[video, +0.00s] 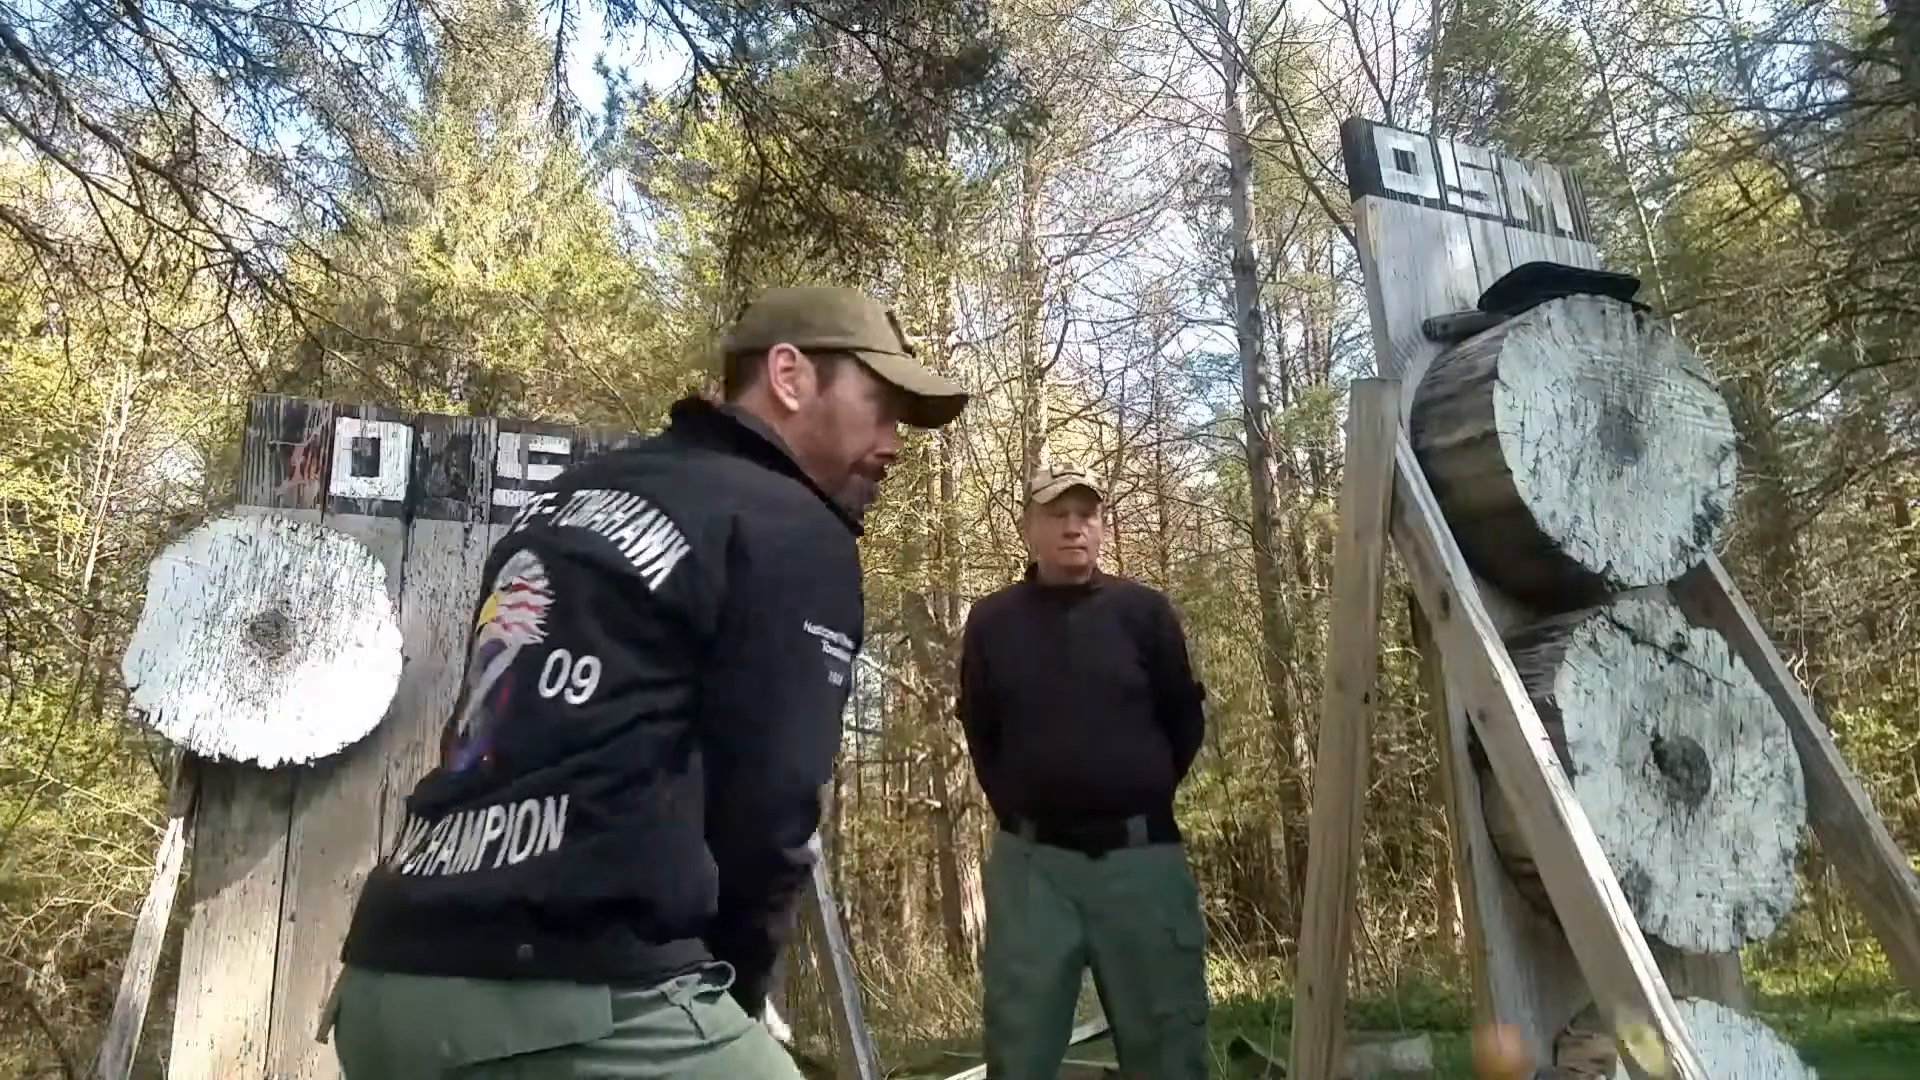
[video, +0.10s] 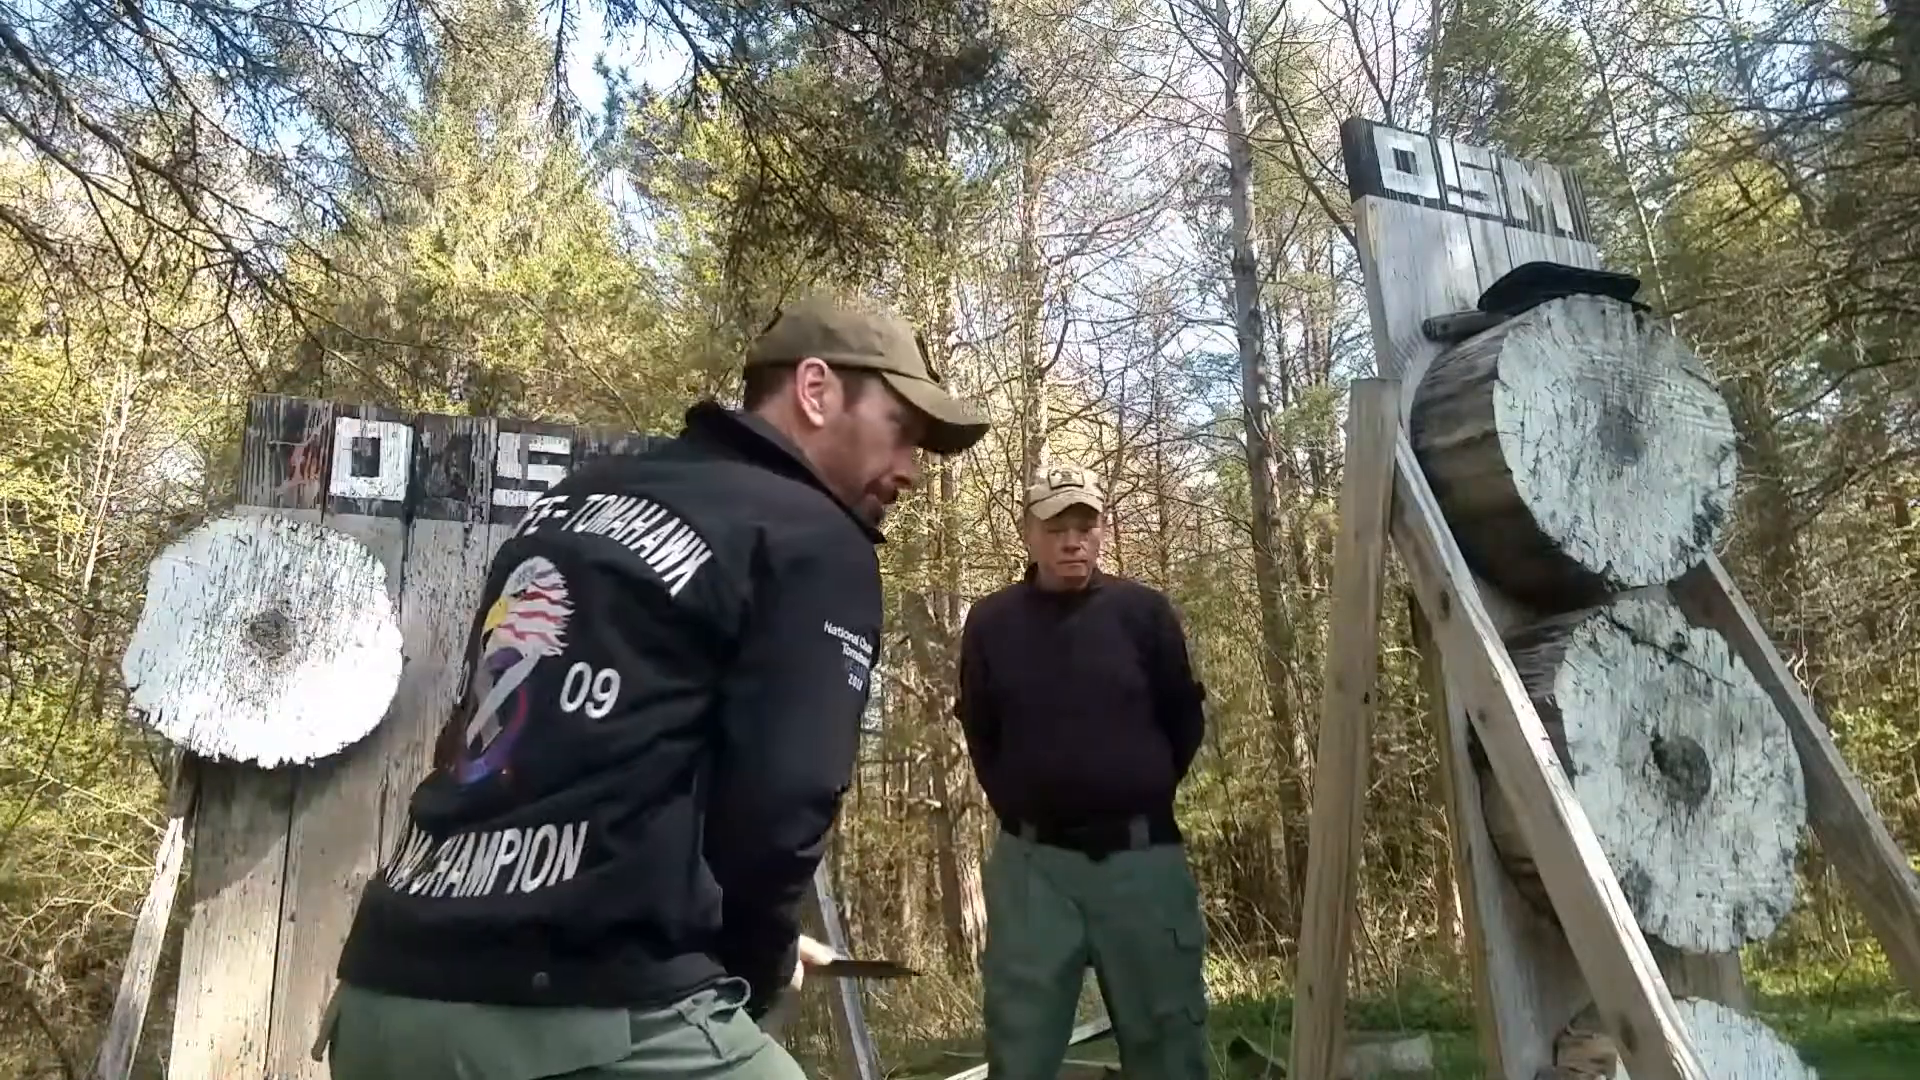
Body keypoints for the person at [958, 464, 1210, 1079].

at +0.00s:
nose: (1074, 527)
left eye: (1086, 515)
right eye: (1057, 515)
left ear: (1103, 530)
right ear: (1028, 532)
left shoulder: (1146, 610)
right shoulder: (991, 618)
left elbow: (1185, 721)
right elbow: (980, 733)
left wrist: (1134, 802)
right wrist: (1028, 814)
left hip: (1142, 866)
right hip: (1028, 867)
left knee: (1168, 1055)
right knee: (1019, 1058)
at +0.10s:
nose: (1073, 541)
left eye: (1085, 527)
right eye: (1057, 528)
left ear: (1103, 535)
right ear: (1028, 536)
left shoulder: (1146, 611)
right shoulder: (989, 620)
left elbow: (1185, 721)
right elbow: (981, 735)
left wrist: (1134, 800)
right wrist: (1030, 812)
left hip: (1142, 867)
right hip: (1028, 867)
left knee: (1167, 1052)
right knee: (1020, 1057)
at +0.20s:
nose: (1076, 558)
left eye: (1088, 541)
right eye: (1059, 543)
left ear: (1105, 538)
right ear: (1027, 544)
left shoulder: (1148, 615)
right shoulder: (990, 625)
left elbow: (1185, 722)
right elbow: (981, 738)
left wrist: (1135, 800)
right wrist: (1031, 813)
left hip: (1143, 868)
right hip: (1031, 870)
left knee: (1167, 1051)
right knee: (1021, 1057)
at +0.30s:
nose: (1074, 580)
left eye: (1086, 564)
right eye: (1059, 566)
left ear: (1104, 552)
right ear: (1031, 557)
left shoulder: (1149, 617)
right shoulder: (990, 627)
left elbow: (1185, 719)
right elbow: (980, 734)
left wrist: (1142, 800)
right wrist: (1028, 813)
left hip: (1144, 870)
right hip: (1032, 871)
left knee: (1166, 1050)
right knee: (1021, 1055)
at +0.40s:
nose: (1076, 593)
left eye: (1087, 578)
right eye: (1060, 581)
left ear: (1106, 558)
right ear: (1033, 565)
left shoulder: (1153, 621)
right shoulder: (991, 630)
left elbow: (1185, 723)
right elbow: (981, 735)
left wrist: (1138, 799)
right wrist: (1030, 811)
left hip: (1145, 872)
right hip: (1032, 872)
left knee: (1167, 1052)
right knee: (1022, 1057)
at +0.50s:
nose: (1077, 598)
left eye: (1089, 583)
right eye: (1062, 586)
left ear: (1108, 560)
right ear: (1035, 567)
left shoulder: (1154, 622)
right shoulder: (993, 629)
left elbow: (1185, 724)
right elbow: (981, 734)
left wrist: (1140, 800)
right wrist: (1031, 810)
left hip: (1147, 873)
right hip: (1033, 873)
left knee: (1167, 1053)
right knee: (1022, 1057)